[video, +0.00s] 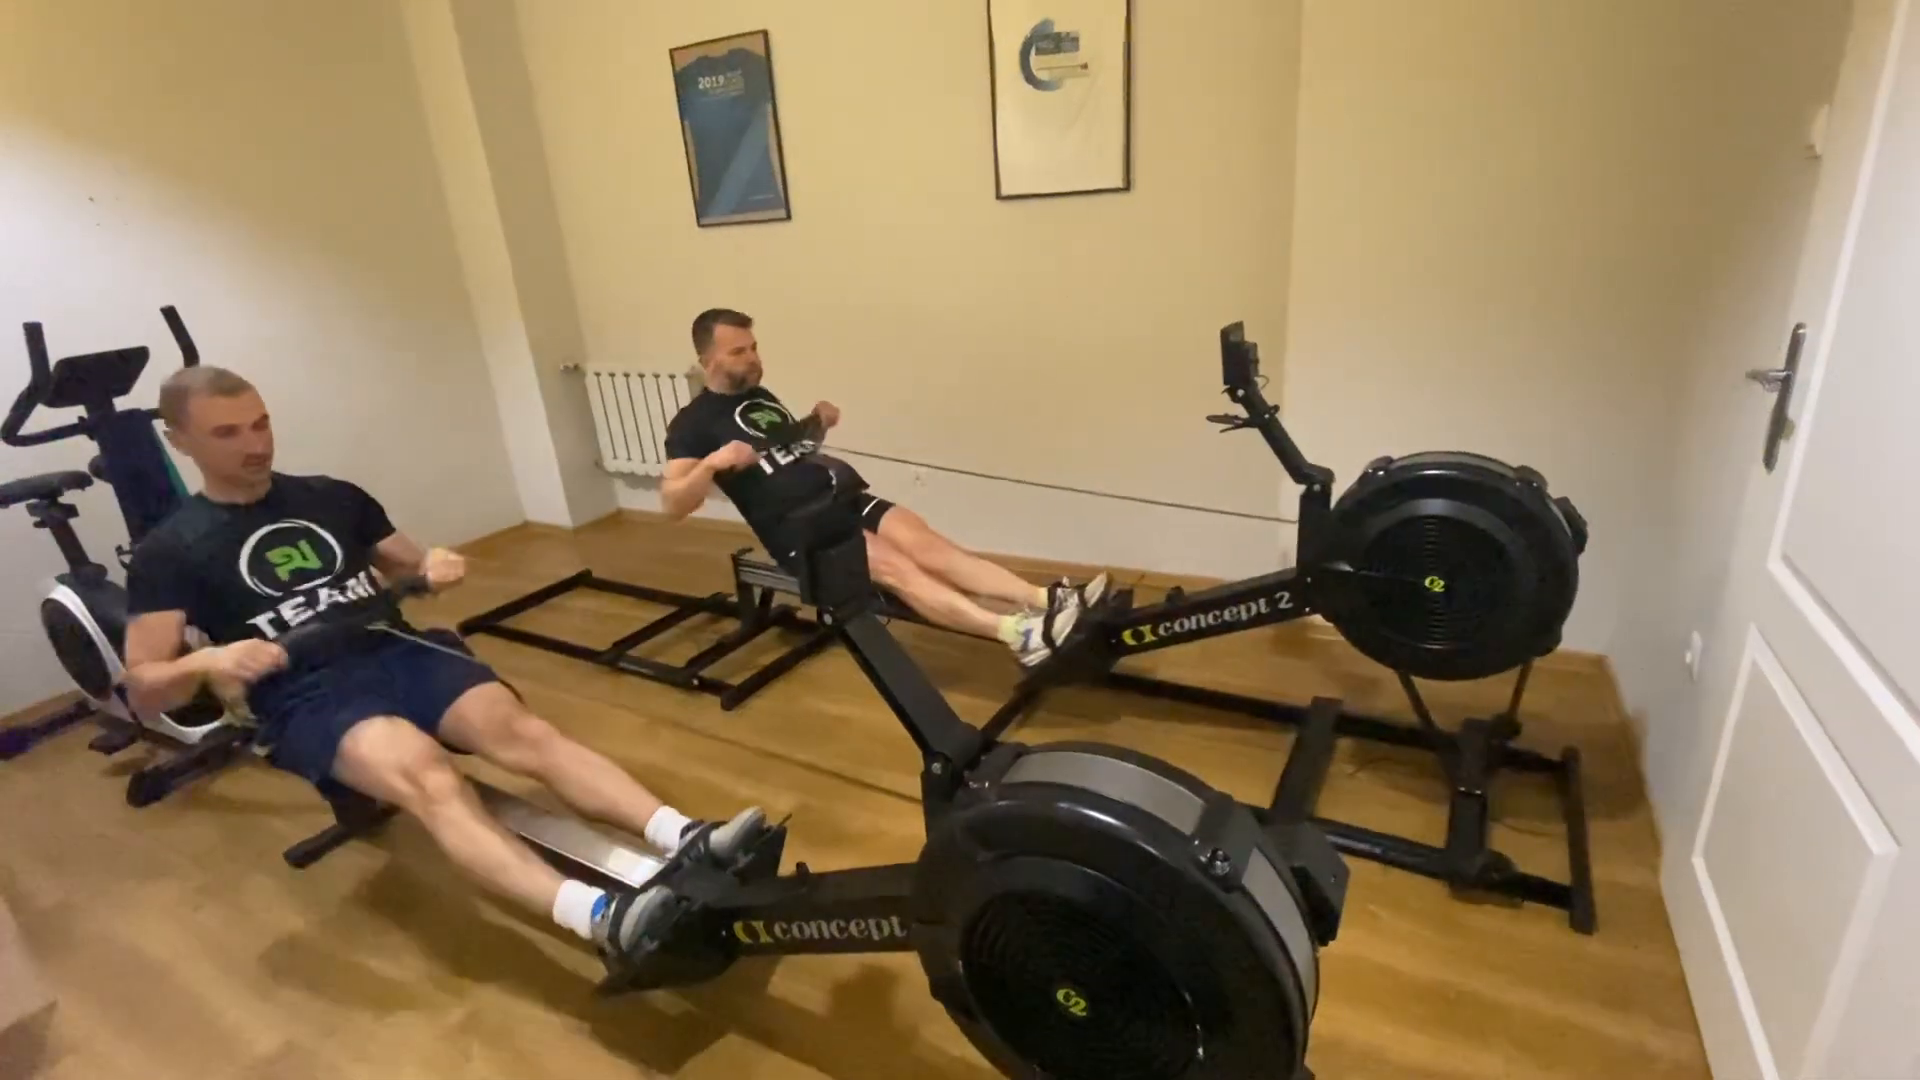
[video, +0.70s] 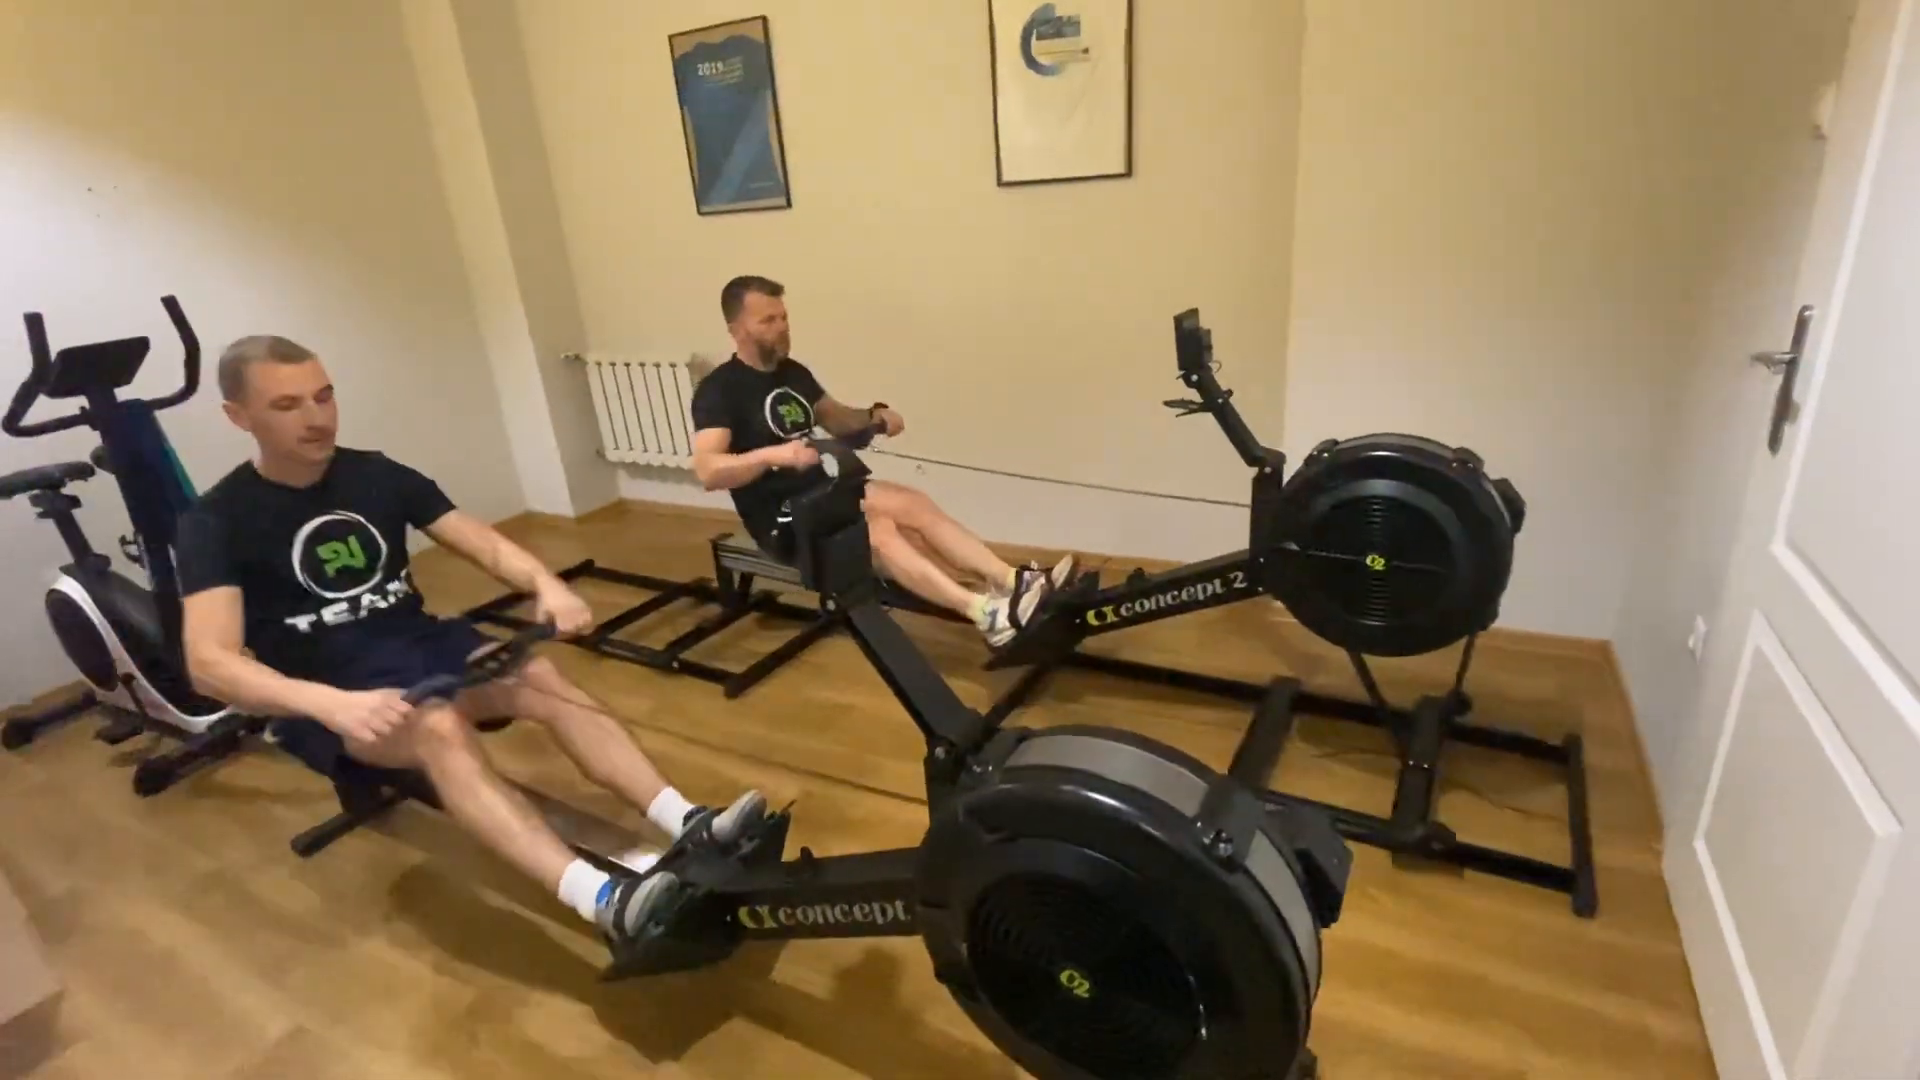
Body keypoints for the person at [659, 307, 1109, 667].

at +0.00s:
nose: (753, 360)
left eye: (754, 349)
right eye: (740, 352)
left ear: (752, 348)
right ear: (706, 358)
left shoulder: (761, 397)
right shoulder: (690, 424)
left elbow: (788, 447)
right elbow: (673, 502)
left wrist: (814, 424)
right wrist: (710, 465)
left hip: (847, 501)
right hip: (806, 533)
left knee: (931, 546)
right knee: (900, 571)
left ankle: (1047, 601)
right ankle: (1017, 635)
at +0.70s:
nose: (782, 328)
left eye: (783, 317)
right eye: (769, 321)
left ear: (785, 317)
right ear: (737, 329)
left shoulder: (792, 372)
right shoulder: (717, 390)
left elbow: (835, 420)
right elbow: (709, 472)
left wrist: (872, 419)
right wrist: (771, 456)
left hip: (834, 494)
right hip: (786, 518)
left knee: (913, 504)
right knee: (879, 530)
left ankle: (1016, 583)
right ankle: (984, 613)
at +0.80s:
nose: (790, 329)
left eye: (791, 318)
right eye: (778, 321)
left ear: (791, 319)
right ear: (745, 330)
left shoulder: (798, 373)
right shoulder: (725, 389)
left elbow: (844, 416)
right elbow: (720, 469)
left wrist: (884, 422)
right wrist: (787, 460)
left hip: (833, 491)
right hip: (783, 514)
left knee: (913, 494)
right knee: (875, 513)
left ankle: (1009, 581)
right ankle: (975, 610)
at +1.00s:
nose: (798, 327)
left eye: (798, 317)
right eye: (785, 320)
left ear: (800, 316)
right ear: (751, 329)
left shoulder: (809, 370)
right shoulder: (733, 388)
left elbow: (867, 412)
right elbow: (746, 467)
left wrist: (913, 420)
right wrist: (816, 468)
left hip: (836, 490)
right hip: (785, 511)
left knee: (915, 475)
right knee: (873, 491)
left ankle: (988, 573)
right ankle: (953, 601)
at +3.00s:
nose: (742, 323)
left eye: (743, 312)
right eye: (729, 315)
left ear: (744, 311)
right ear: (696, 321)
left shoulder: (751, 362)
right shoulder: (679, 383)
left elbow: (776, 412)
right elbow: (663, 467)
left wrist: (806, 390)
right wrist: (699, 426)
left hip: (829, 473)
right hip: (784, 499)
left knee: (908, 506)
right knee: (878, 532)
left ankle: (1028, 565)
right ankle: (997, 596)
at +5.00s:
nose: (768, 310)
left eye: (768, 298)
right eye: (754, 304)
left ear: (771, 295)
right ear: (722, 312)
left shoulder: (786, 352)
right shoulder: (714, 372)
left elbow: (852, 387)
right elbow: (759, 423)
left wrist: (906, 395)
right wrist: (823, 436)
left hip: (826, 479)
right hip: (777, 500)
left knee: (906, 484)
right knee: (871, 508)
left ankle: (1008, 567)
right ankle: (975, 597)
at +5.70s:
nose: (756, 327)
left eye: (758, 316)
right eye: (743, 319)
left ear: (760, 315)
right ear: (712, 323)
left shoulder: (771, 369)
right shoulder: (696, 388)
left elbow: (801, 419)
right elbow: (685, 469)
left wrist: (834, 401)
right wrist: (725, 432)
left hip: (841, 478)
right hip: (796, 506)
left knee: (927, 508)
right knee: (893, 533)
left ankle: (1035, 572)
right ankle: (1004, 602)